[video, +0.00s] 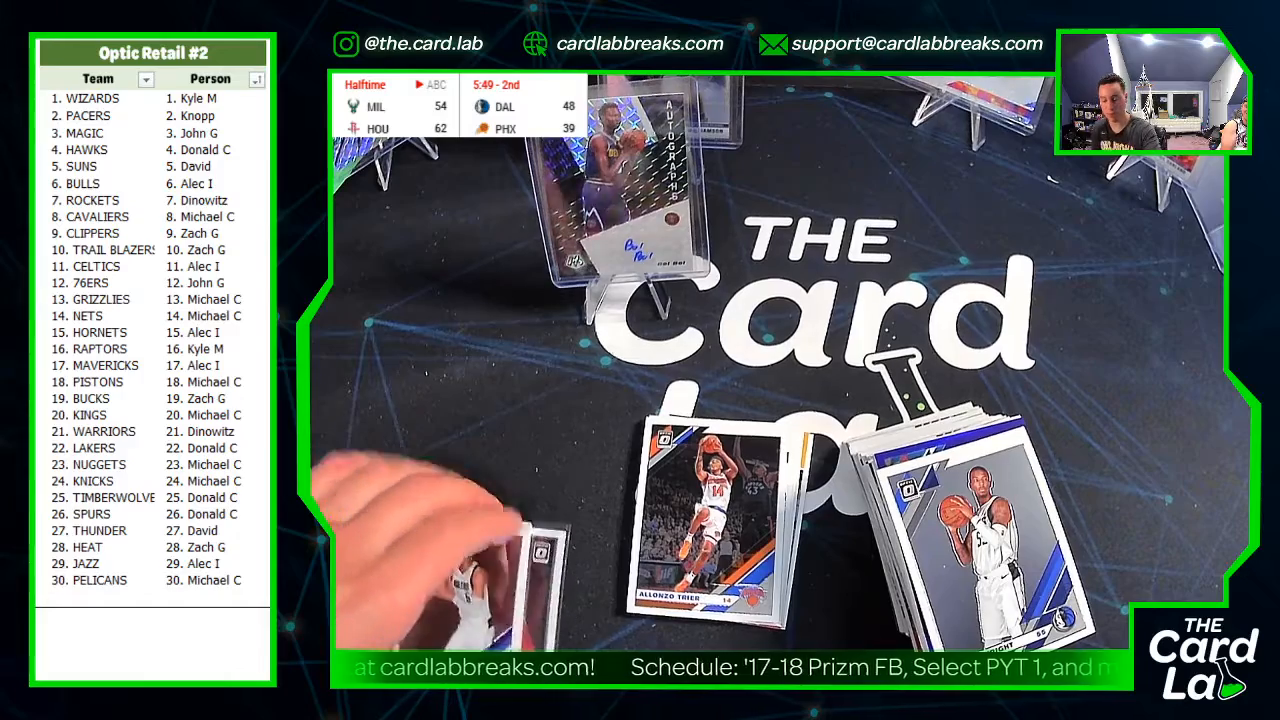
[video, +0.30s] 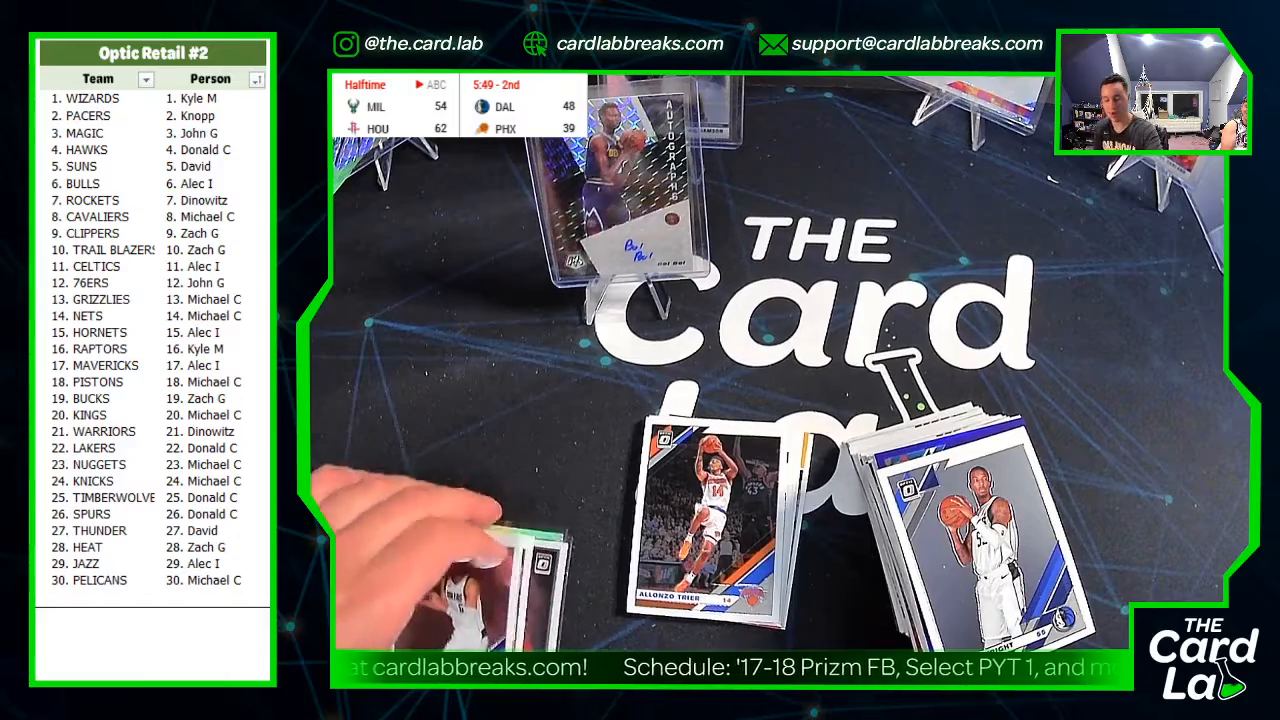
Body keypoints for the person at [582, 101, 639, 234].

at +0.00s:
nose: (615, 119)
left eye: (617, 115)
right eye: (611, 115)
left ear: (620, 118)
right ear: (602, 118)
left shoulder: (616, 141)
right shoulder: (598, 140)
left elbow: (621, 176)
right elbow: (607, 176)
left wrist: (633, 153)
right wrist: (623, 155)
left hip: (612, 187)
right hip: (595, 190)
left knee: (623, 229)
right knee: (595, 236)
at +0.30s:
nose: (615, 119)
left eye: (617, 115)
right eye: (610, 115)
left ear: (620, 118)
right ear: (602, 118)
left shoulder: (617, 141)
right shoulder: (598, 140)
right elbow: (607, 176)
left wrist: (632, 152)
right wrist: (624, 155)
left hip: (611, 188)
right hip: (595, 191)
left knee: (624, 227)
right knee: (596, 235)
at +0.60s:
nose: (617, 118)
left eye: (618, 115)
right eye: (612, 115)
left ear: (620, 117)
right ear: (602, 118)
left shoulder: (617, 142)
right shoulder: (598, 140)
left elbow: (620, 180)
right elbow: (606, 176)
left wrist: (633, 156)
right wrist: (624, 154)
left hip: (612, 190)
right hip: (596, 191)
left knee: (624, 228)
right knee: (598, 236)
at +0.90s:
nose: (615, 119)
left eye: (617, 115)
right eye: (611, 115)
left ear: (620, 118)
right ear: (602, 118)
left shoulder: (617, 142)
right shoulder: (598, 140)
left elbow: (620, 178)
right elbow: (606, 175)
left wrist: (632, 157)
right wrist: (623, 157)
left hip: (611, 187)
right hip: (597, 189)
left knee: (624, 226)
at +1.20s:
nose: (618, 118)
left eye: (618, 115)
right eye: (613, 115)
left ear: (620, 117)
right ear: (603, 119)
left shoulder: (617, 141)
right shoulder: (598, 141)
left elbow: (620, 176)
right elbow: (606, 176)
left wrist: (632, 155)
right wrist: (624, 153)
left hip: (613, 190)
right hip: (596, 191)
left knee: (625, 229)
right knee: (598, 235)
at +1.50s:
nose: (618, 118)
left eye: (618, 115)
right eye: (614, 116)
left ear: (620, 117)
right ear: (603, 119)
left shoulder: (616, 141)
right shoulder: (598, 141)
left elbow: (621, 178)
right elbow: (606, 176)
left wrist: (631, 154)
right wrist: (623, 157)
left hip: (611, 188)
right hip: (595, 190)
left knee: (624, 227)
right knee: (599, 234)